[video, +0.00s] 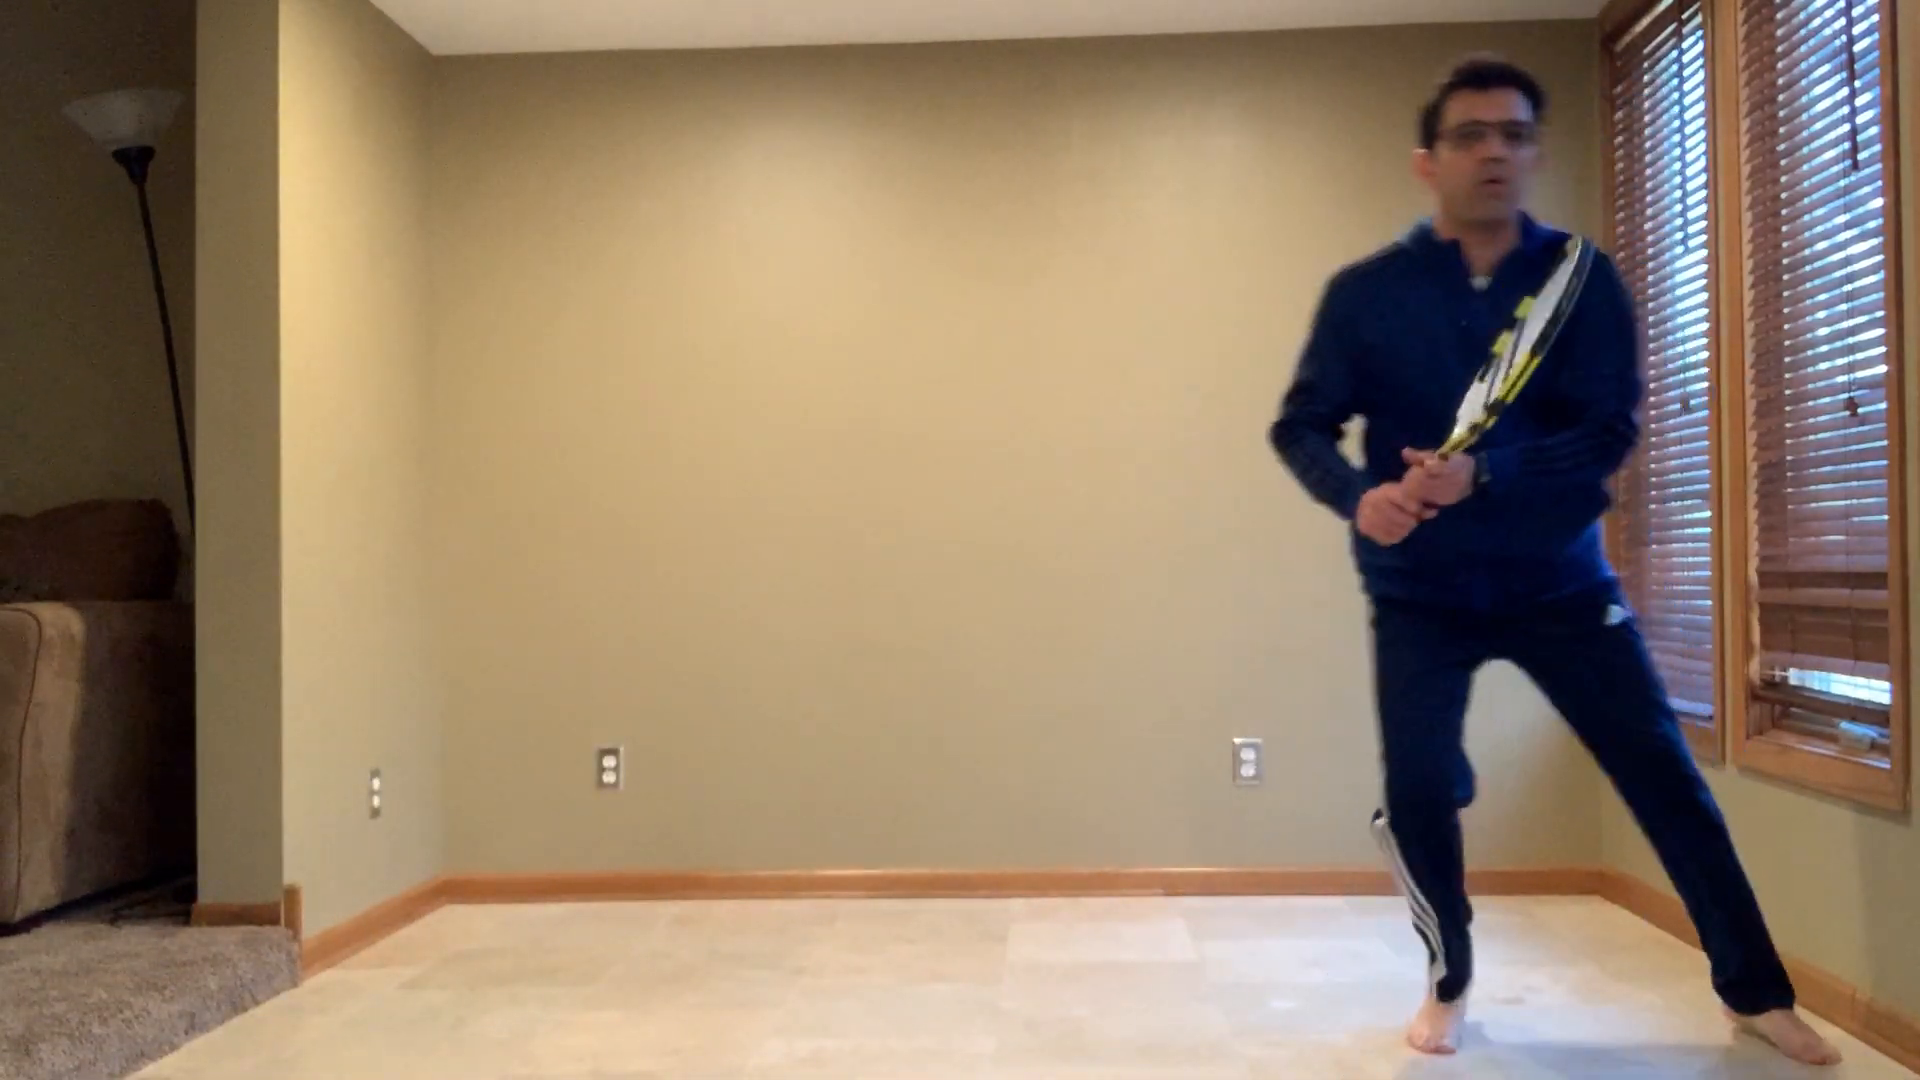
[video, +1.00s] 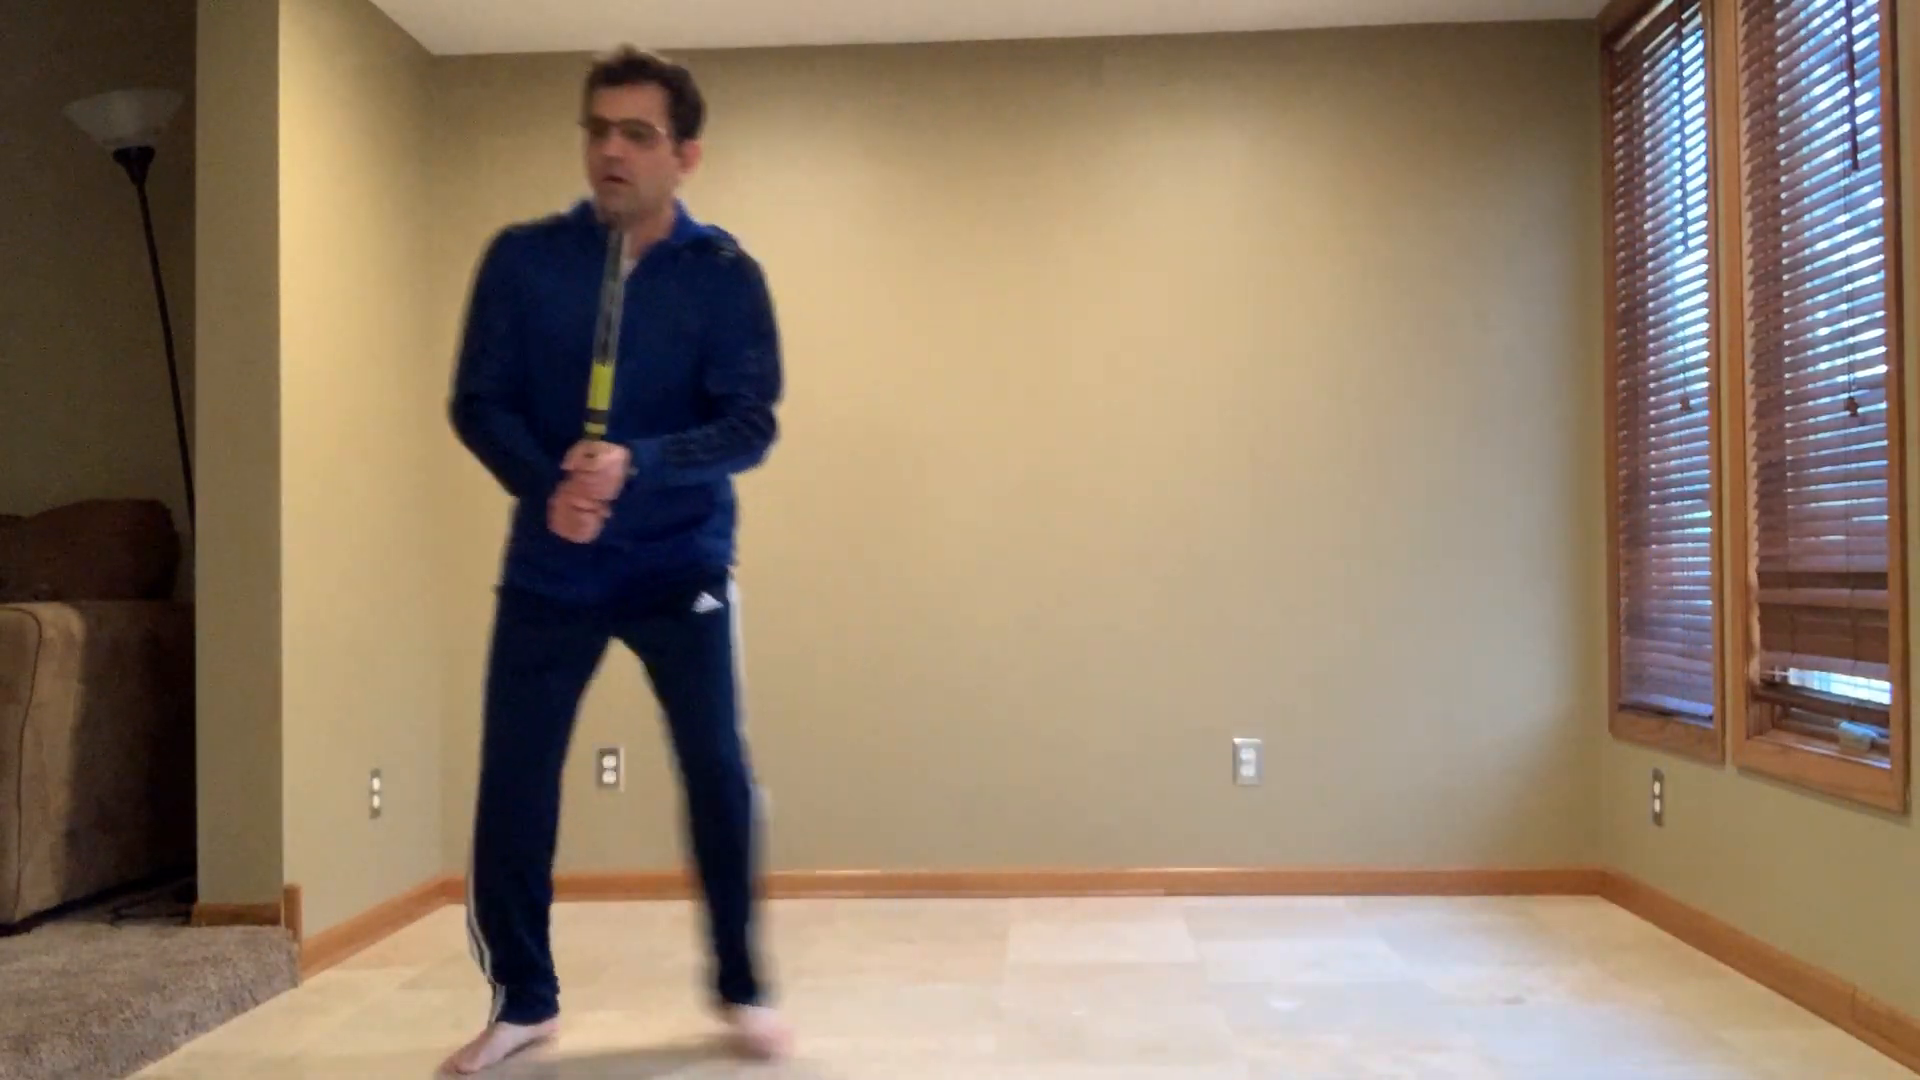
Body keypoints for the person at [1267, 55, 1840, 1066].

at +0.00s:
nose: (1497, 154)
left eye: (1515, 135)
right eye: (1471, 136)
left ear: (1537, 155)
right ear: (1425, 160)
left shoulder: (1585, 280)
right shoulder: (1365, 294)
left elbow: (1605, 437)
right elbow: (1301, 427)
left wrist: (1480, 477)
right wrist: (1355, 498)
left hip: (1557, 582)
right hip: (1420, 593)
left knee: (1664, 773)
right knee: (1417, 794)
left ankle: (1757, 993)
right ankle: (1446, 975)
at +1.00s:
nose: (612, 150)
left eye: (637, 134)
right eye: (598, 131)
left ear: (685, 153)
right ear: (582, 143)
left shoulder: (724, 273)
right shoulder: (522, 257)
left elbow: (751, 422)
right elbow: (476, 403)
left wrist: (635, 463)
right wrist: (543, 482)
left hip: (680, 575)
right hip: (549, 575)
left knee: (719, 769)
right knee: (514, 784)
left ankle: (741, 993)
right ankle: (524, 1004)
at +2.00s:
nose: (978, 249)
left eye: (999, 237)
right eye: (961, 223)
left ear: (1007, 250)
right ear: (907, 217)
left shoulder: (925, 342)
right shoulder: (840, 319)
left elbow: (909, 491)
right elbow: (861, 502)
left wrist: (972, 603)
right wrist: (947, 633)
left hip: (795, 578)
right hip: (706, 568)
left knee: (878, 752)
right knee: (751, 808)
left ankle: (799, 940)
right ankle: (661, 1039)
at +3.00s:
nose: (1727, 118)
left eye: (1741, 105)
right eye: (1702, 94)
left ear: (1746, 129)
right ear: (1630, 113)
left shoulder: (1746, 228)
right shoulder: (1545, 233)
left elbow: (1696, 310)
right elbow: (1397, 360)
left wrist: (1552, 217)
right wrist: (1484, 256)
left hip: (1698, 566)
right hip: (1557, 563)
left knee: (1806, 797)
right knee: (1584, 802)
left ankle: (1851, 1036)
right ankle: (1494, 1051)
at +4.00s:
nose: (922, 123)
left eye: (948, 106)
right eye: (907, 103)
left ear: (994, 124)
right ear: (889, 117)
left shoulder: (1050, 246)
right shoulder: (842, 252)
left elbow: (1080, 407)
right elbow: (814, 405)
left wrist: (978, 468)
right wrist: (892, 489)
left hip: (1036, 560)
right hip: (899, 568)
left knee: (1101, 769)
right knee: (868, 790)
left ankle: (1142, 1015)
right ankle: (904, 1012)